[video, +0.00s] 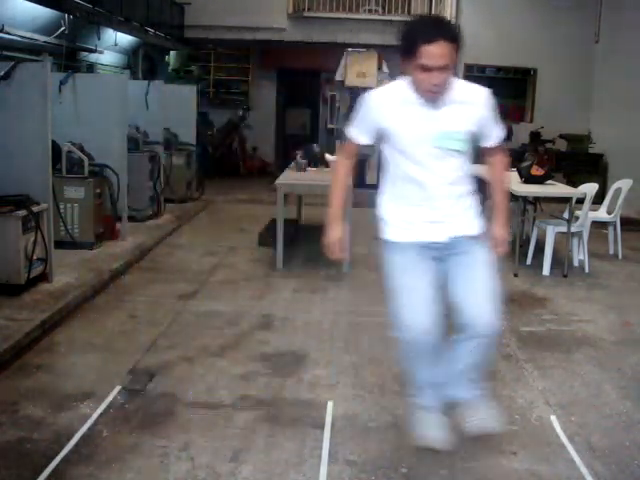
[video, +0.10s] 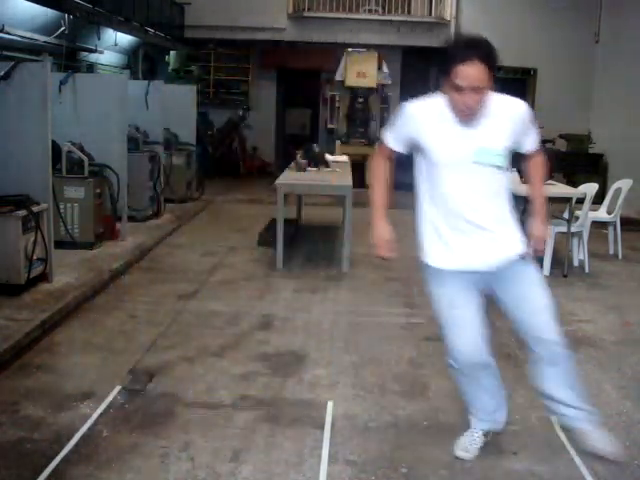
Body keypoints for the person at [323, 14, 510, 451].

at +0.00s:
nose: (437, 78)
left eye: (445, 68)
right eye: (427, 68)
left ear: (456, 63)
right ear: (406, 64)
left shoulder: (477, 100)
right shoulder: (380, 103)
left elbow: (496, 156)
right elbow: (347, 154)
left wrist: (499, 220)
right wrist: (335, 220)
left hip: (465, 235)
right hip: (405, 239)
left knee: (483, 321)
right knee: (419, 329)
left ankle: (464, 392)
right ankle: (427, 405)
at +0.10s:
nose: (469, 99)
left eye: (478, 89)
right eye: (459, 89)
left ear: (490, 84)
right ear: (444, 83)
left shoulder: (513, 113)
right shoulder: (416, 116)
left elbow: (534, 155)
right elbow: (381, 155)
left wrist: (539, 216)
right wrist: (380, 222)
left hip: (506, 255)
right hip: (447, 262)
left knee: (547, 337)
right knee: (466, 353)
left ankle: (578, 420)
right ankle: (487, 419)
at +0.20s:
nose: (495, 130)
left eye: (504, 120)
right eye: (487, 120)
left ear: (523, 115)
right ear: (476, 116)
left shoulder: (550, 143)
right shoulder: (453, 150)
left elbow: (568, 191)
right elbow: (425, 192)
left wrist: (578, 247)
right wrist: (416, 256)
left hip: (543, 280)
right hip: (481, 282)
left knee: (584, 360)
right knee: (474, 367)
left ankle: (613, 432)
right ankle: (484, 421)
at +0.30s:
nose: (501, 141)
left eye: (511, 131)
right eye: (495, 130)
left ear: (537, 127)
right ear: (488, 125)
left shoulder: (568, 163)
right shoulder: (472, 163)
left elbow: (589, 222)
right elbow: (458, 215)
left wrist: (606, 287)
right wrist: (447, 276)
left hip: (558, 283)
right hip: (494, 280)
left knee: (596, 363)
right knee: (469, 356)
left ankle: (614, 434)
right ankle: (478, 424)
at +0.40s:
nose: (483, 114)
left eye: (493, 105)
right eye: (478, 103)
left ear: (521, 101)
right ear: (471, 99)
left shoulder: (551, 138)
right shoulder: (456, 135)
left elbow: (576, 197)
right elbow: (443, 188)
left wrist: (585, 265)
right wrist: (439, 252)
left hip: (543, 272)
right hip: (480, 269)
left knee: (576, 351)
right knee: (456, 352)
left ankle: (612, 434)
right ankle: (468, 417)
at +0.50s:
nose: (463, 86)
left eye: (472, 76)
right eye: (457, 76)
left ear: (501, 70)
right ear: (449, 70)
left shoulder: (531, 113)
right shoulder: (434, 105)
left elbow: (552, 168)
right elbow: (409, 149)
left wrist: (556, 235)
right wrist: (411, 211)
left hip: (510, 252)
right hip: (449, 251)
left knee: (540, 339)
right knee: (457, 341)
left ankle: (568, 418)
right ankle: (469, 417)